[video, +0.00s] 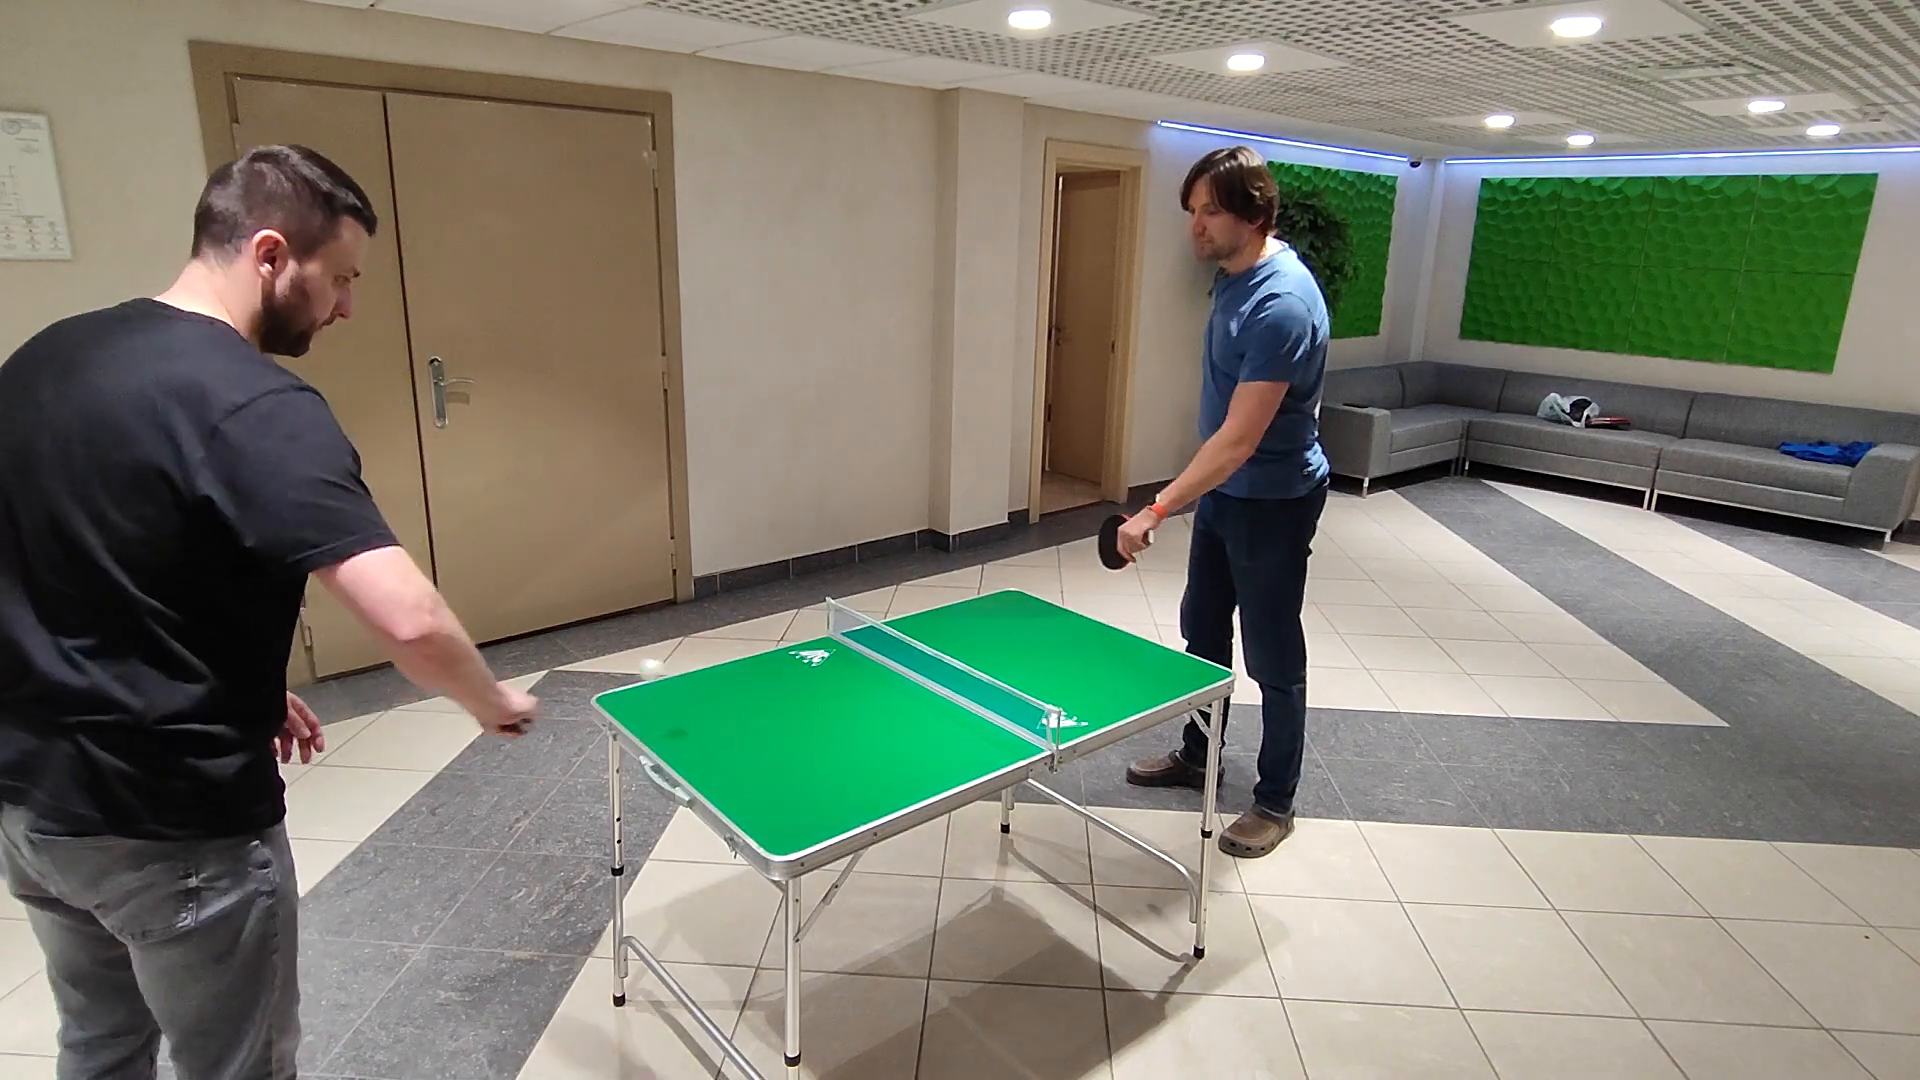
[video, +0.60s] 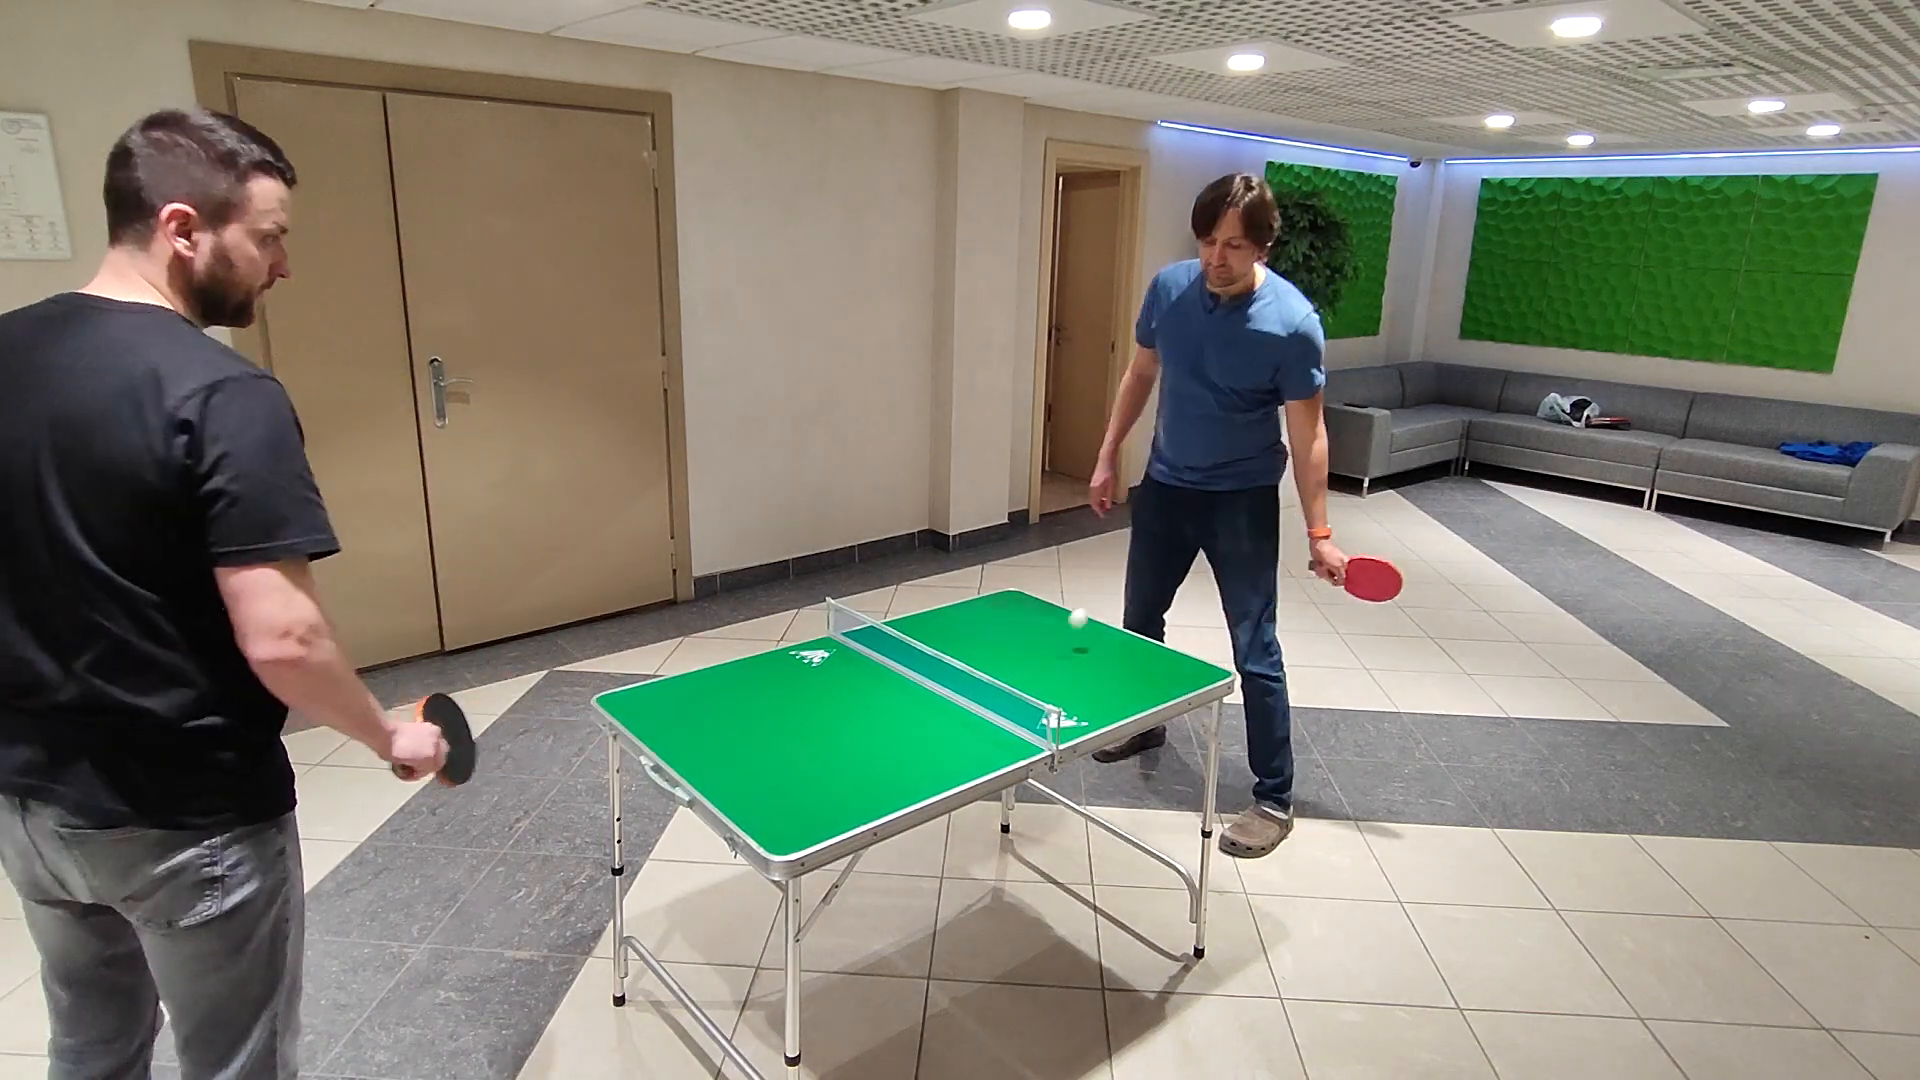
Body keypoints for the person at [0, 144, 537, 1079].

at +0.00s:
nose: (346, 308)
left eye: (353, 284)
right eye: (344, 278)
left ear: (234, 241)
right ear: (272, 251)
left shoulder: (44, 359)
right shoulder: (257, 402)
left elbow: (73, 574)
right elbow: (415, 623)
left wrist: (242, 685)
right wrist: (495, 704)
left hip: (32, 800)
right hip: (181, 824)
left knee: (102, 1049)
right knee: (240, 1063)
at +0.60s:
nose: (281, 266)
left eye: (284, 242)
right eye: (269, 239)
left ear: (173, 229)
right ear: (181, 231)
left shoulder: (13, 345)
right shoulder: (224, 394)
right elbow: (281, 640)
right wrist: (387, 734)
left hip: (35, 797)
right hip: (193, 816)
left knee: (90, 1055)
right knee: (235, 1062)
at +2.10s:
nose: (274, 276)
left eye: (271, 247)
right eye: (252, 247)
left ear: (148, 244)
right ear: (150, 241)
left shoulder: (33, 359)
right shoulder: (142, 422)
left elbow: (163, 578)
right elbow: (155, 692)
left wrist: (273, 696)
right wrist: (310, 824)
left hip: (55, 815)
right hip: (174, 839)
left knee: (92, 1047)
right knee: (334, 1021)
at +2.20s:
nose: (285, 276)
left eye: (281, 249)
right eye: (264, 249)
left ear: (162, 247)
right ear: (163, 243)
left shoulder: (82, 359)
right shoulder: (139, 419)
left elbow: (202, 575)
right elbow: (152, 687)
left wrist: (326, 676)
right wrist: (315, 809)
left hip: (82, 798)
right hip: (170, 823)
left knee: (102, 1039)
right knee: (366, 996)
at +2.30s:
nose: (333, 287)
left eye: (331, 258)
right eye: (313, 259)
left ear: (213, 256)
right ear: (216, 254)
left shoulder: (165, 366)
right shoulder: (177, 426)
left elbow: (266, 561)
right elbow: (174, 692)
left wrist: (402, 656)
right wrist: (352, 795)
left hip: (121, 795)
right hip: (201, 820)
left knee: (115, 1038)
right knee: (389, 1011)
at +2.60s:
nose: (609, 390)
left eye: (612, 369)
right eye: (604, 369)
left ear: (523, 352)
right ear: (536, 359)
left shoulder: (433, 414)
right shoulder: (435, 489)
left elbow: (562, 546)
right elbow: (344, 735)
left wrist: (703, 613)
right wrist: (494, 854)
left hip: (246, 769)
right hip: (317, 808)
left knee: (217, 1021)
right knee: (515, 979)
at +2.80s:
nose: (726, 419)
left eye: (734, 401)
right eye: (726, 398)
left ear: (652, 373)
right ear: (671, 383)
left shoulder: (545, 411)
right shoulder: (559, 481)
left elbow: (645, 566)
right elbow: (426, 707)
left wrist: (742, 672)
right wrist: (522, 859)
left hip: (295, 722)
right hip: (376, 776)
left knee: (288, 960)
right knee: (536, 972)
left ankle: (204, 1075)